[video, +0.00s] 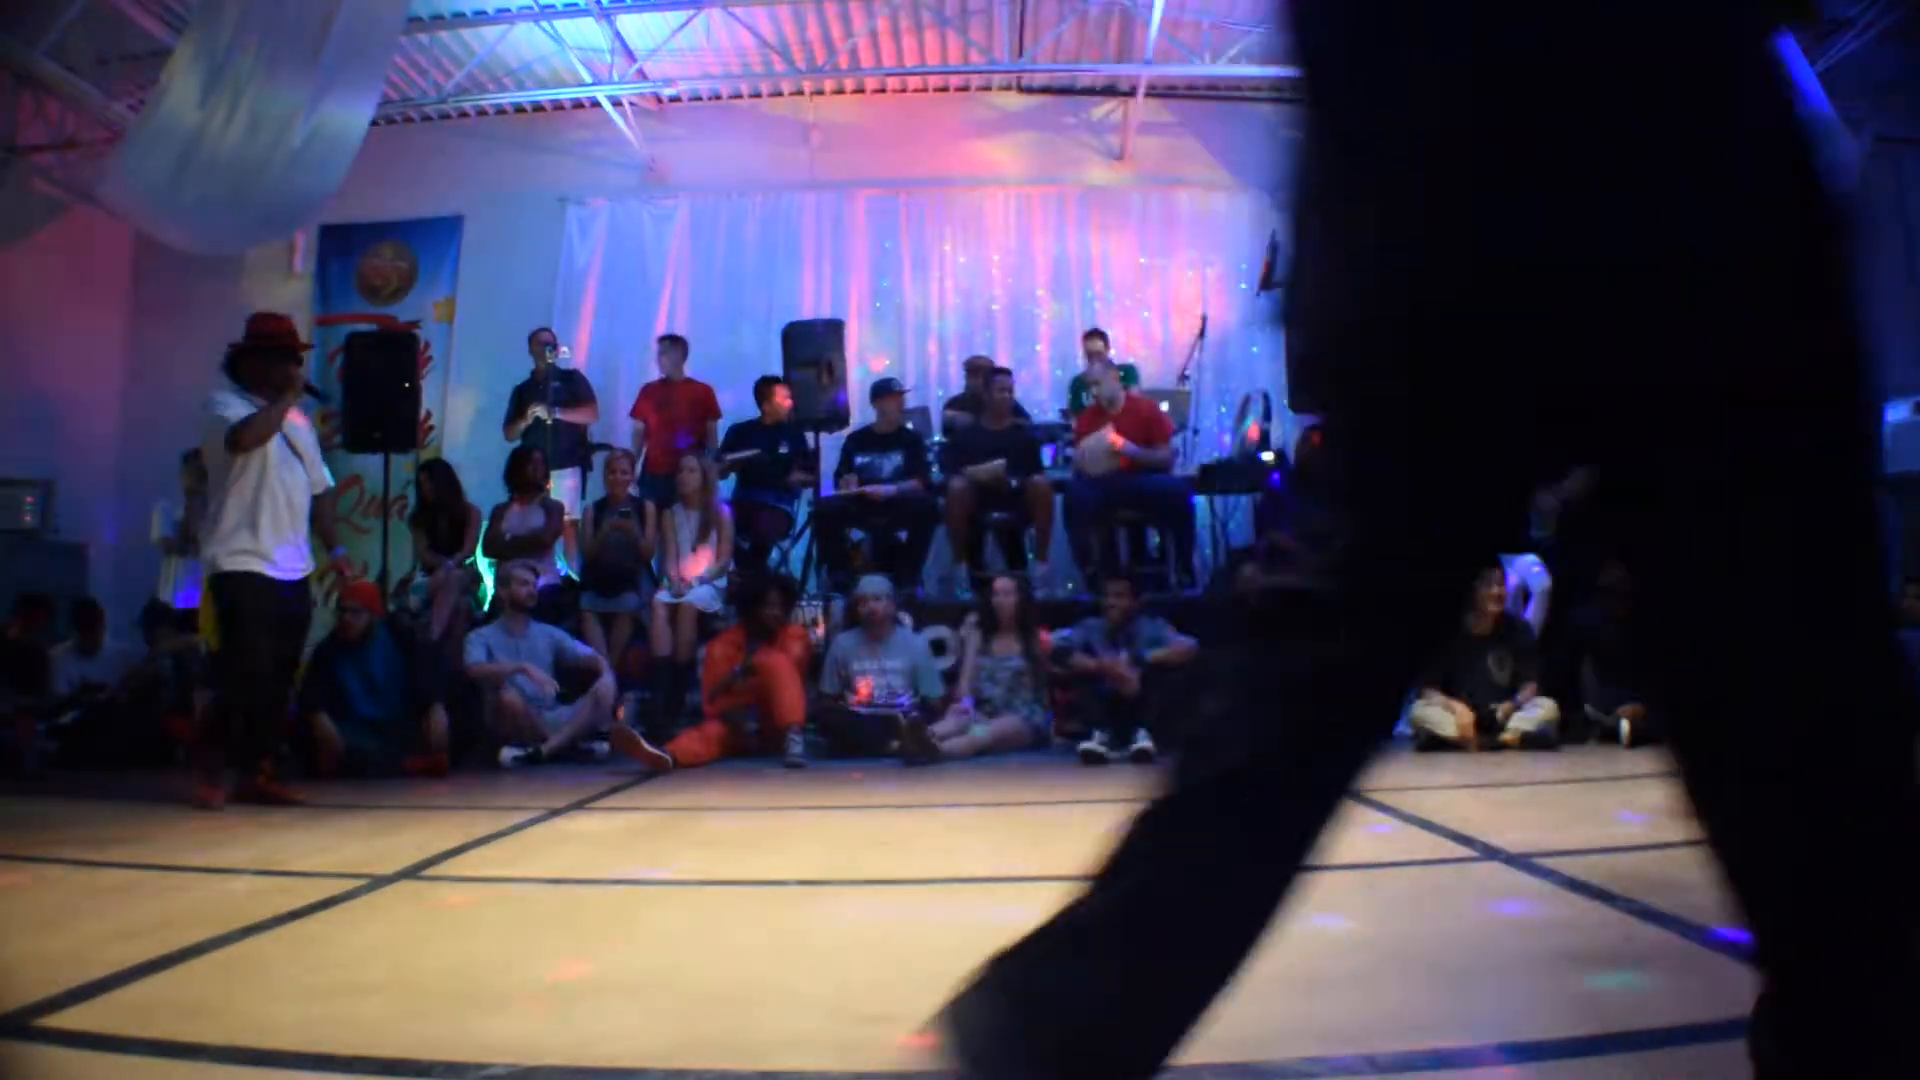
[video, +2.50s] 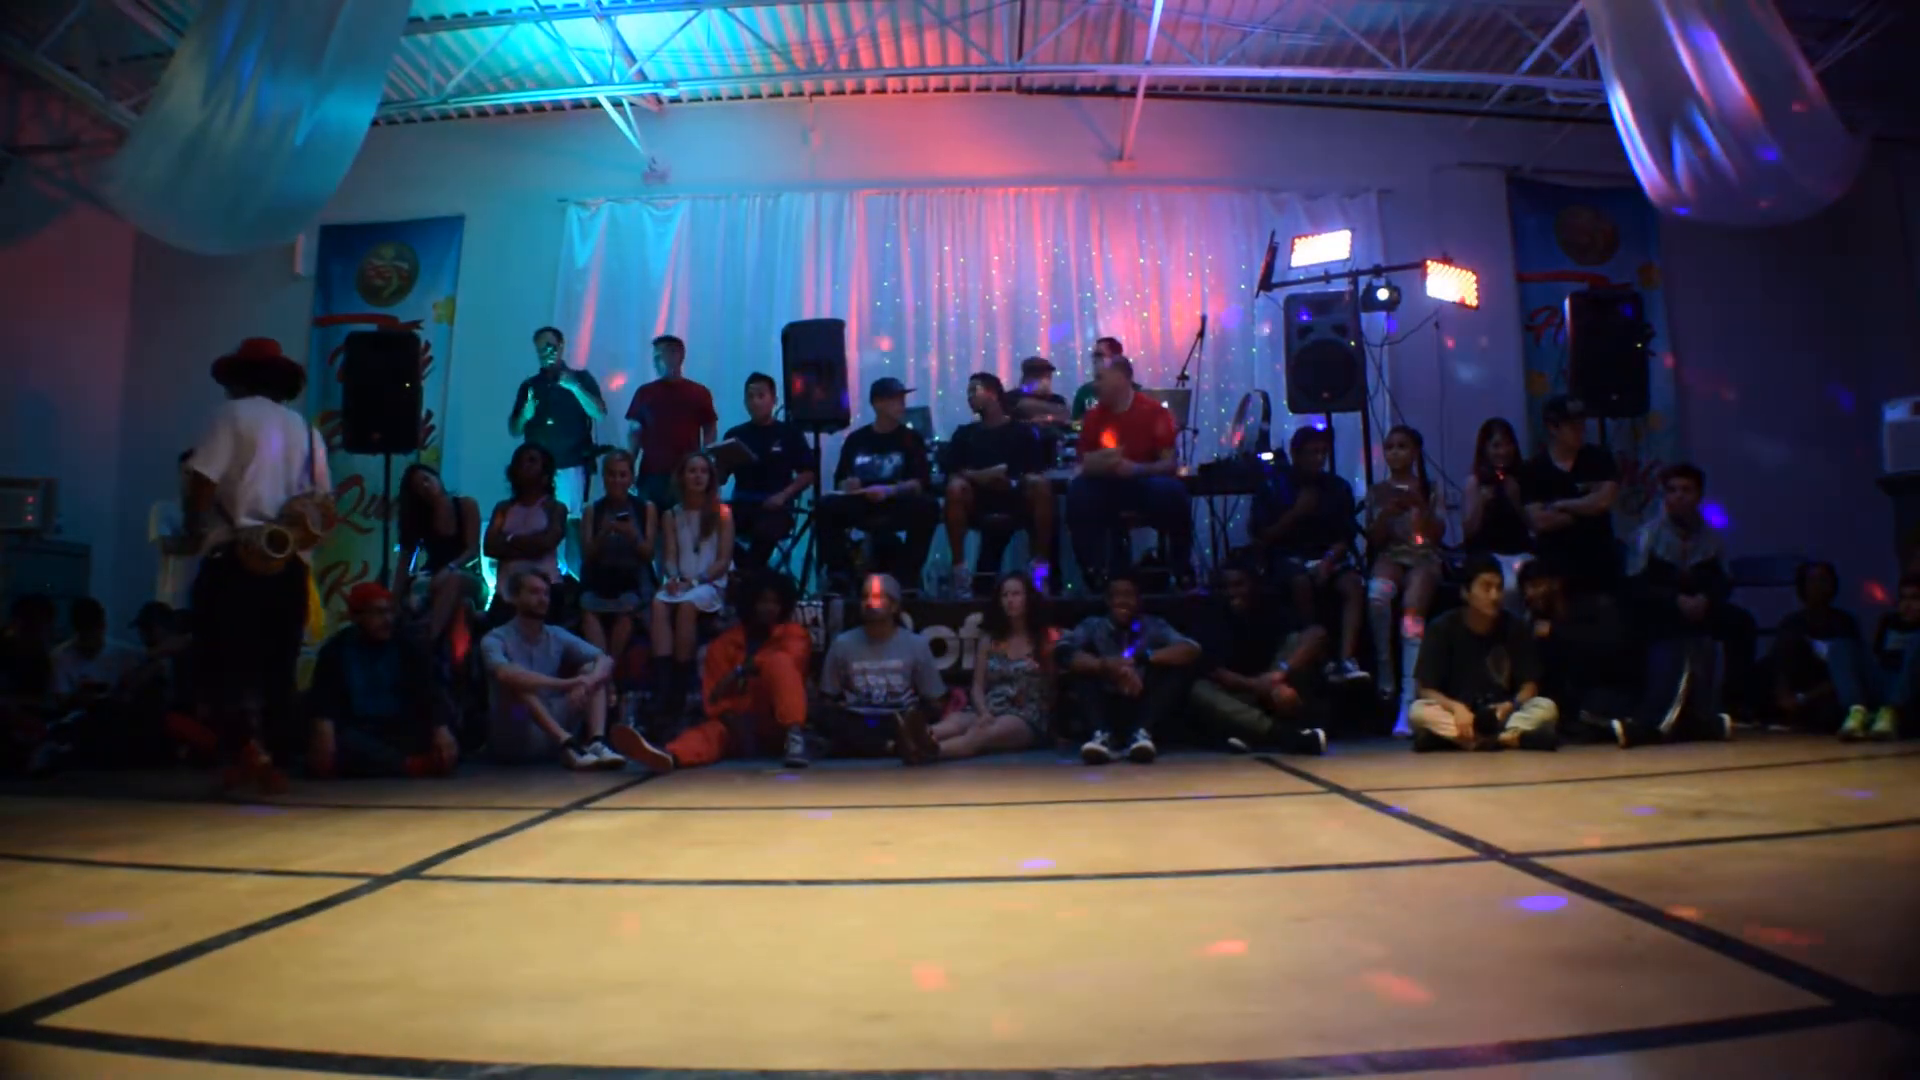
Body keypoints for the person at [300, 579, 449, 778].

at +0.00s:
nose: (347, 619)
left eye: (355, 613)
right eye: (343, 612)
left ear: (373, 615)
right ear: (337, 612)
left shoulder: (400, 641)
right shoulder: (328, 650)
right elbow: (311, 696)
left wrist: (435, 709)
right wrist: (321, 720)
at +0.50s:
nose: (353, 622)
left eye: (361, 614)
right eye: (348, 614)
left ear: (377, 617)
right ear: (341, 616)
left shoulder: (400, 647)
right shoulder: (331, 652)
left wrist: (437, 718)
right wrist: (318, 718)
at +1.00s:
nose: (362, 615)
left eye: (370, 608)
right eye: (356, 608)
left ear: (385, 612)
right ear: (349, 611)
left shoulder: (403, 644)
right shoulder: (340, 647)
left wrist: (444, 734)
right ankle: (403, 764)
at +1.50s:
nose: (367, 614)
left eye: (374, 606)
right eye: (360, 607)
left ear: (386, 610)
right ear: (350, 612)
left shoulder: (402, 641)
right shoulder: (339, 645)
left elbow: (425, 684)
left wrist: (441, 727)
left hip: (402, 719)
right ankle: (404, 764)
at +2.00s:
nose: (381, 619)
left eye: (384, 611)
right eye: (372, 612)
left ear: (391, 613)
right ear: (355, 616)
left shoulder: (404, 646)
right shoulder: (334, 652)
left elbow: (426, 690)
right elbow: (315, 700)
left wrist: (441, 728)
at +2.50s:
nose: (387, 619)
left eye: (389, 612)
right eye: (378, 613)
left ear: (395, 612)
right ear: (358, 616)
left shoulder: (406, 644)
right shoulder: (336, 649)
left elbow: (428, 689)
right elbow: (322, 698)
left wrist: (441, 729)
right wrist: (324, 731)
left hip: (404, 720)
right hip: (356, 723)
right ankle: (403, 764)